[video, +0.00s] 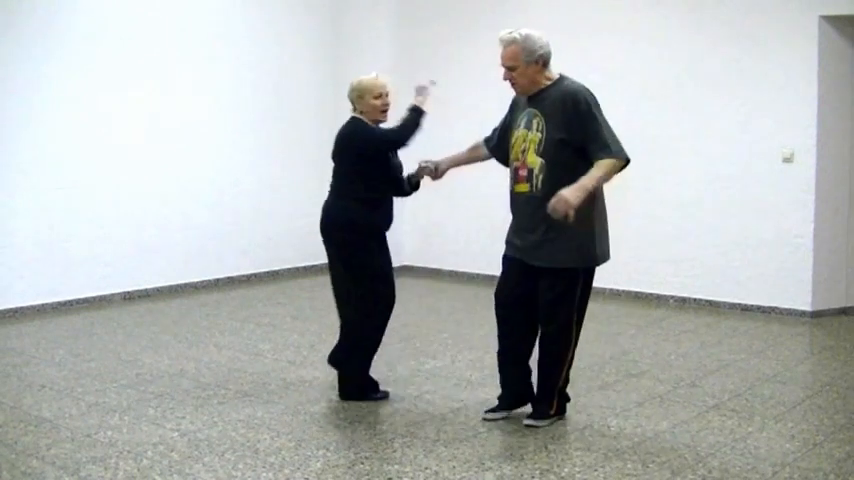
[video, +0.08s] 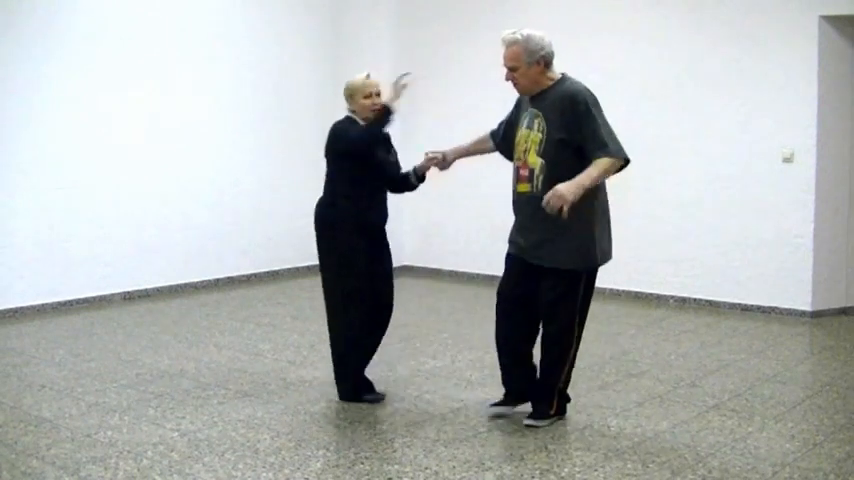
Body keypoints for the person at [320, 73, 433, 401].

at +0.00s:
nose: (386, 102)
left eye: (387, 96)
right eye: (378, 97)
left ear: (387, 100)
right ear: (360, 103)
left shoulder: (375, 137)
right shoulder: (357, 132)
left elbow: (393, 187)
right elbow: (396, 138)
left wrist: (417, 177)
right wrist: (417, 107)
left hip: (359, 229)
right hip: (355, 231)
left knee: (365, 297)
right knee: (376, 299)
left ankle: (349, 365)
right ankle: (354, 382)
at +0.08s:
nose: (378, 101)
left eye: (380, 95)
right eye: (369, 96)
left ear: (382, 99)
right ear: (352, 103)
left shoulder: (380, 137)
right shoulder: (342, 131)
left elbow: (396, 183)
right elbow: (361, 142)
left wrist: (420, 169)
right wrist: (389, 107)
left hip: (371, 230)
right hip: (340, 231)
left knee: (379, 304)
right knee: (347, 303)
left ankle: (355, 376)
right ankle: (349, 385)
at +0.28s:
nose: (354, 110)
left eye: (360, 104)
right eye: (347, 104)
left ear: (368, 108)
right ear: (337, 109)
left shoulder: (379, 143)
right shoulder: (323, 143)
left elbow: (407, 184)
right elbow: (287, 179)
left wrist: (442, 177)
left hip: (370, 236)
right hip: (329, 238)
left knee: (368, 306)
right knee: (337, 305)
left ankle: (359, 376)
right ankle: (339, 381)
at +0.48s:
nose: (331, 107)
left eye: (338, 102)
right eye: (326, 102)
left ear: (351, 106)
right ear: (321, 106)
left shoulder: (368, 139)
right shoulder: (311, 141)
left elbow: (396, 177)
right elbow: (291, 178)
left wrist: (417, 181)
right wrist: (257, 193)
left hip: (365, 232)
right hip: (324, 231)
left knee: (360, 303)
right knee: (322, 301)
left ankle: (356, 372)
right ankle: (321, 369)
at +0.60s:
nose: (323, 104)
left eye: (329, 99)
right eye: (318, 98)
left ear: (342, 103)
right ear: (313, 102)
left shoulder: (357, 135)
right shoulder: (310, 135)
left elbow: (385, 173)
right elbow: (296, 169)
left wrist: (400, 168)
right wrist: (257, 180)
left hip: (361, 226)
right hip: (323, 224)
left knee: (357, 295)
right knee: (316, 291)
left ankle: (357, 366)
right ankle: (332, 354)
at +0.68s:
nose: (318, 105)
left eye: (325, 100)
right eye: (314, 99)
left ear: (338, 105)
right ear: (309, 102)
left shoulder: (350, 136)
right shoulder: (307, 135)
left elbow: (376, 174)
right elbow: (300, 167)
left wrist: (386, 162)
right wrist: (273, 178)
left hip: (355, 228)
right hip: (321, 226)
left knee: (356, 294)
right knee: (319, 292)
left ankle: (360, 365)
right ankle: (344, 353)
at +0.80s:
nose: (315, 111)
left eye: (322, 106)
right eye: (311, 105)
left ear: (332, 111)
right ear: (303, 108)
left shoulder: (341, 139)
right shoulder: (301, 140)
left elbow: (370, 174)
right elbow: (299, 172)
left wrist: (383, 161)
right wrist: (290, 184)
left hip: (353, 224)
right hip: (322, 224)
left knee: (353, 290)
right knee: (327, 291)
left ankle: (362, 366)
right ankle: (348, 357)